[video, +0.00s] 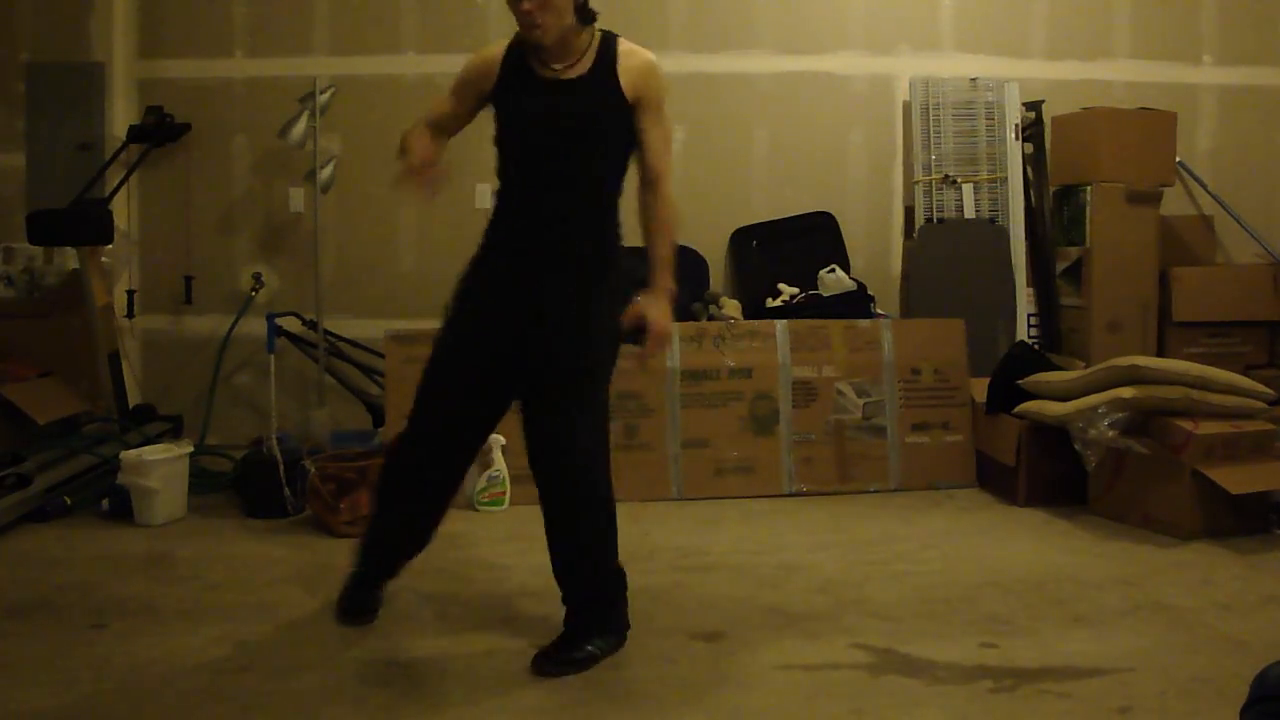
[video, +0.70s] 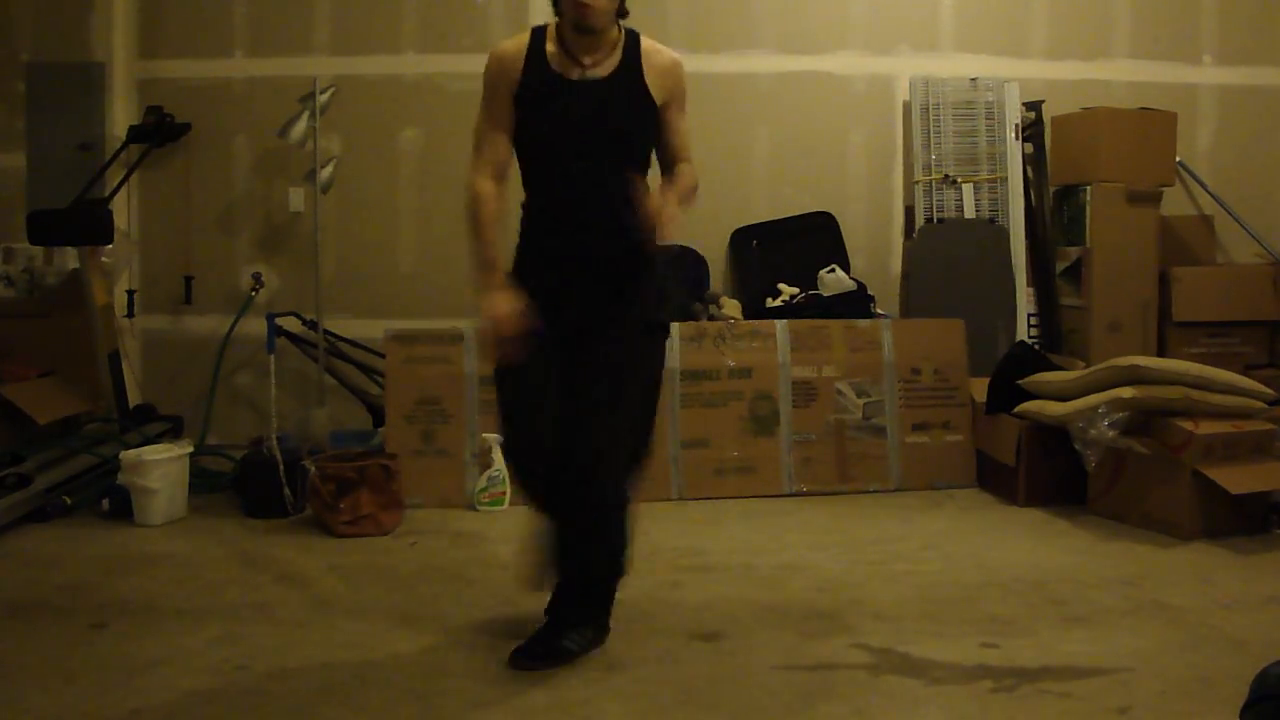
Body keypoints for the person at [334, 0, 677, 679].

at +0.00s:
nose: (526, 9)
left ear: (578, 3)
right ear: (510, 6)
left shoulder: (632, 71)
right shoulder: (497, 67)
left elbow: (655, 184)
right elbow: (431, 127)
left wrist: (660, 285)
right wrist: (420, 152)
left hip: (581, 287)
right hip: (500, 280)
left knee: (571, 458)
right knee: (435, 432)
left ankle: (598, 619)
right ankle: (373, 567)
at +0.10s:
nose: (542, 13)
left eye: (555, 3)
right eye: (535, 3)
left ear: (591, 0)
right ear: (528, 3)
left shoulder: (645, 63)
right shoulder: (511, 59)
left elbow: (678, 175)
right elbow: (416, 124)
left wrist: (685, 285)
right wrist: (481, 90)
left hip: (605, 288)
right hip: (524, 282)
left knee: (576, 461)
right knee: (452, 435)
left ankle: (597, 621)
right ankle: (465, 549)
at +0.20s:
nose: (576, 7)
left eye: (588, 2)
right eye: (568, 0)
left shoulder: (660, 36)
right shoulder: (529, 24)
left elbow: (692, 145)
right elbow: (433, 88)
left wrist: (704, 245)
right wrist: (527, 60)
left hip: (615, 260)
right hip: (535, 252)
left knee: (590, 435)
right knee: (505, 418)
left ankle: (591, 614)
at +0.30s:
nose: (596, 4)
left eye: (607, 2)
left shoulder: (670, 36)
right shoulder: (537, 22)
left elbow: (703, 134)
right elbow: (463, 99)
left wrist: (719, 225)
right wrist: (562, 61)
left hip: (631, 248)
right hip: (556, 244)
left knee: (602, 421)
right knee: (576, 416)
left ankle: (582, 620)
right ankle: (697, 526)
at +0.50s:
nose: (598, 8)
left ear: (641, 9)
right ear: (570, 4)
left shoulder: (667, 82)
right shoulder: (527, 73)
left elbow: (694, 178)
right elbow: (510, 185)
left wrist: (727, 265)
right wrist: (596, 170)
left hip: (652, 280)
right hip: (578, 285)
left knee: (618, 453)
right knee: (654, 430)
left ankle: (577, 635)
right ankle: (752, 553)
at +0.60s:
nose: (601, 10)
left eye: (614, 1)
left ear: (631, 5)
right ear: (566, 2)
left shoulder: (665, 71)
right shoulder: (521, 62)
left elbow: (681, 171)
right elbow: (512, 172)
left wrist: (703, 261)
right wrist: (572, 244)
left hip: (640, 265)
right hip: (558, 266)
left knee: (625, 430)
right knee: (573, 423)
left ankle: (586, 613)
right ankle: (688, 526)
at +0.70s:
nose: (586, 4)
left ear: (622, 2)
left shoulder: (659, 68)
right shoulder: (513, 62)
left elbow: (681, 167)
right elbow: (488, 172)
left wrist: (667, 203)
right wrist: (493, 280)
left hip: (626, 278)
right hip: (541, 276)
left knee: (602, 453)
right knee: (528, 442)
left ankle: (579, 618)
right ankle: (593, 526)